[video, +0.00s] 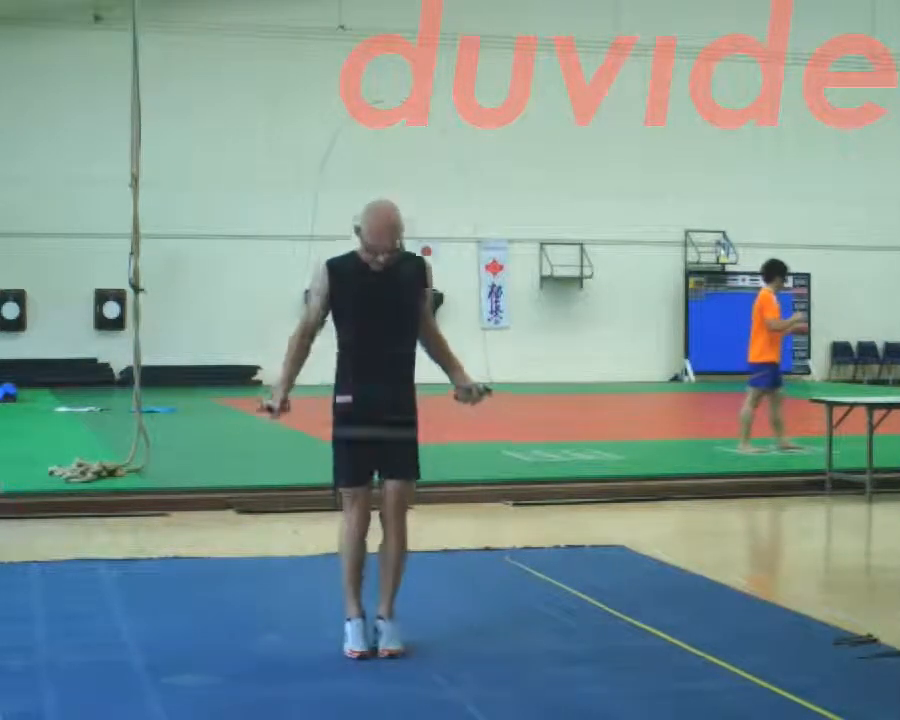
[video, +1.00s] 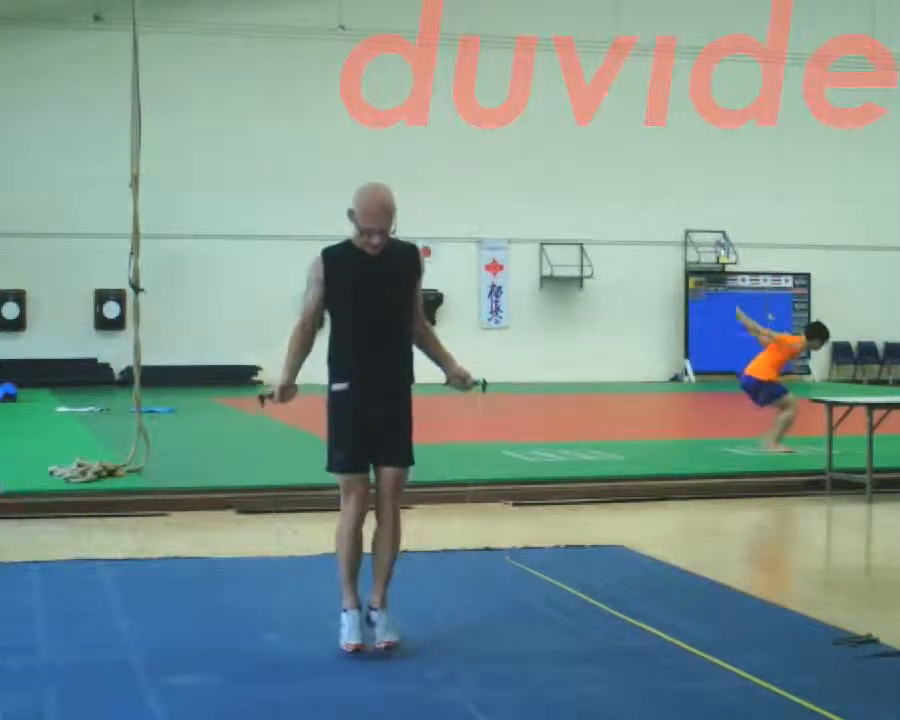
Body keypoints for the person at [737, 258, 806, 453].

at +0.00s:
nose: (784, 282)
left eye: (784, 278)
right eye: (783, 278)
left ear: (769, 277)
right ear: (776, 277)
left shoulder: (771, 297)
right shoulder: (766, 296)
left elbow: (774, 326)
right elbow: (771, 324)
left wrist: (794, 327)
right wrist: (794, 320)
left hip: (771, 358)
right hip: (762, 358)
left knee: (776, 399)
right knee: (752, 401)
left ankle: (782, 440)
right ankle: (744, 442)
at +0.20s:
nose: (784, 282)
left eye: (784, 278)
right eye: (783, 278)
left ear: (767, 277)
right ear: (777, 278)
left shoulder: (763, 297)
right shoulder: (769, 298)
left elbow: (783, 321)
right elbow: (785, 321)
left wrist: (800, 316)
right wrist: (801, 314)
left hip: (766, 357)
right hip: (765, 358)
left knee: (775, 400)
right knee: (753, 400)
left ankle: (780, 440)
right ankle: (744, 442)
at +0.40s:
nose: (793, 284)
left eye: (793, 279)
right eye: (792, 280)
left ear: (775, 278)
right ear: (786, 280)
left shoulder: (767, 297)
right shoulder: (779, 298)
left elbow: (787, 324)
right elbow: (798, 323)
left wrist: (806, 338)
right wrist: (820, 338)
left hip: (763, 356)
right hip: (768, 358)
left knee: (778, 398)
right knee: (759, 400)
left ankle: (778, 439)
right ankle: (746, 442)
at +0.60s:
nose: (810, 286)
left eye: (811, 282)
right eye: (810, 282)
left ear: (795, 279)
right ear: (803, 280)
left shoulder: (782, 294)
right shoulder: (790, 296)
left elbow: (757, 305)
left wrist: (730, 308)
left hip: (773, 351)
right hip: (773, 352)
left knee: (781, 395)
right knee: (769, 394)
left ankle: (778, 437)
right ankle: (752, 440)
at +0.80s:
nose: (817, 310)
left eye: (820, 306)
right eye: (819, 305)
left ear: (809, 294)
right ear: (813, 298)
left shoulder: (784, 296)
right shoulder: (797, 300)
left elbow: (765, 285)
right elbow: (776, 280)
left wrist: (753, 268)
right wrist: (756, 264)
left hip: (760, 346)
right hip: (767, 348)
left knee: (775, 394)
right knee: (776, 395)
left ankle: (773, 437)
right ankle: (773, 438)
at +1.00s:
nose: (820, 347)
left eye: (822, 344)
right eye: (821, 343)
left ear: (809, 335)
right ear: (815, 339)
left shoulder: (791, 341)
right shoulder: (796, 343)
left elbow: (766, 341)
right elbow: (771, 336)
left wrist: (751, 328)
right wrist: (748, 322)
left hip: (752, 376)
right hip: (760, 378)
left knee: (787, 405)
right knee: (791, 404)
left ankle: (771, 440)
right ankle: (774, 443)